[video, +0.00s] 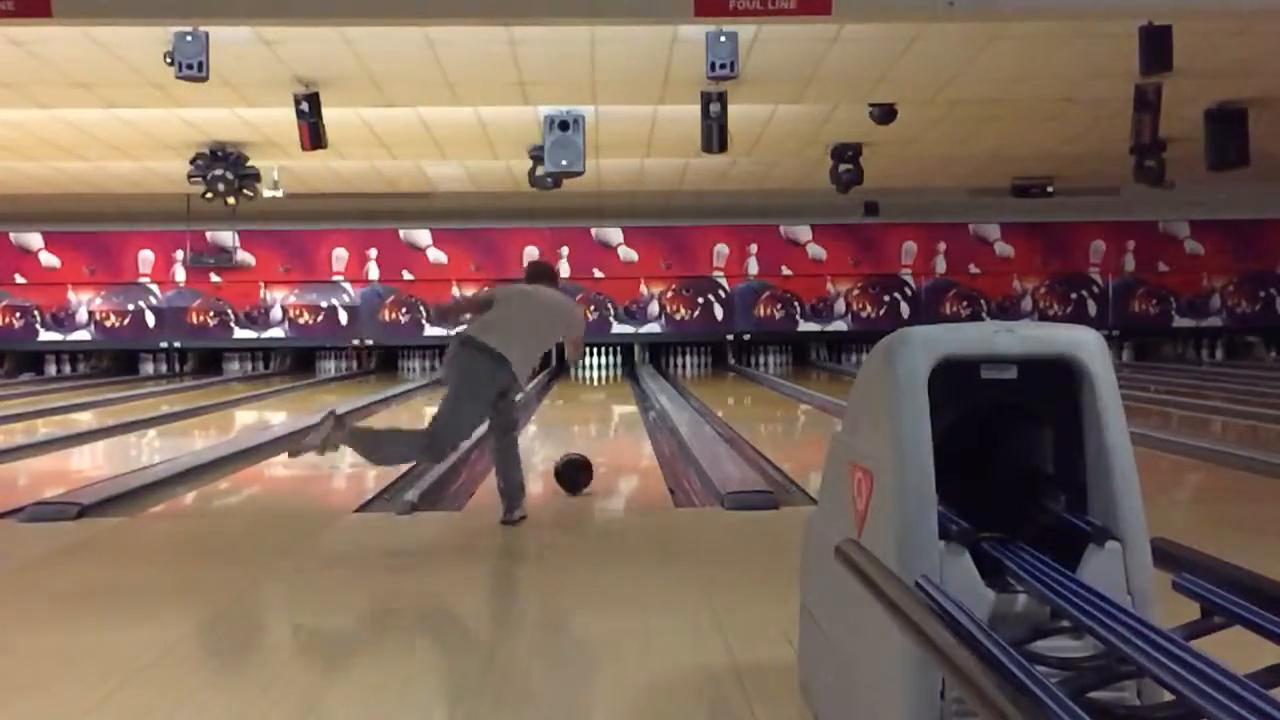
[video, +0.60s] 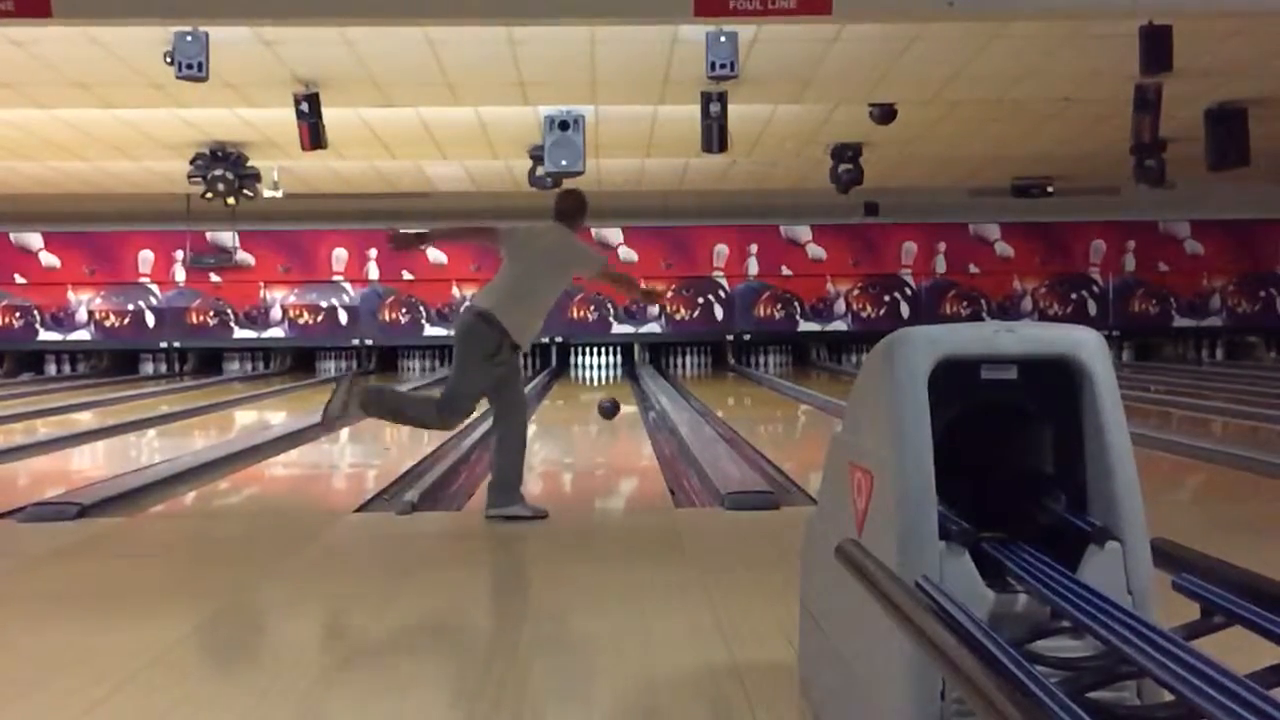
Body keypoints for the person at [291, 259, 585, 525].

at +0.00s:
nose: (532, 281)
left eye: (530, 277)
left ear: (529, 280)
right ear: (557, 283)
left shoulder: (510, 292)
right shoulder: (570, 310)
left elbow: (461, 305)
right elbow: (573, 357)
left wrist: (440, 315)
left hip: (463, 351)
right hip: (494, 369)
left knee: (504, 429)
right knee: (436, 444)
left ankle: (513, 507)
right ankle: (345, 433)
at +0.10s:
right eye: (577, 263)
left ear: (544, 260)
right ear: (574, 263)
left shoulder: (523, 271)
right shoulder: (576, 281)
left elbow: (494, 265)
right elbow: (593, 268)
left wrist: (466, 257)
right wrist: (586, 232)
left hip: (470, 345)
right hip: (481, 345)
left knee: (513, 419)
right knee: (425, 417)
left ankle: (515, 505)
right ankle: (353, 374)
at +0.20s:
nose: (583, 241)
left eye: (576, 233)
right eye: (583, 236)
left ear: (552, 233)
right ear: (582, 239)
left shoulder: (526, 251)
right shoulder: (575, 259)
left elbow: (485, 241)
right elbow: (611, 232)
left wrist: (460, 229)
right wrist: (578, 194)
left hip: (474, 334)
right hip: (484, 334)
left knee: (510, 417)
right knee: (420, 399)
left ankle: (516, 506)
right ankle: (371, 335)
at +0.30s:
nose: (584, 232)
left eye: (578, 226)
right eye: (584, 227)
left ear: (555, 219)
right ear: (583, 226)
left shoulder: (530, 237)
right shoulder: (582, 248)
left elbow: (490, 231)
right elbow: (622, 234)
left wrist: (447, 227)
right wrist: (609, 204)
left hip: (487, 338)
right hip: (486, 327)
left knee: (507, 419)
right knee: (427, 396)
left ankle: (515, 505)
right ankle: (385, 324)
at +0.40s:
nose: (587, 228)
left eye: (584, 221)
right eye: (588, 222)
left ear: (557, 213)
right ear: (585, 220)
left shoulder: (529, 231)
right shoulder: (585, 246)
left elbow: (482, 229)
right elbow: (623, 247)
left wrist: (435, 230)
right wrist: (633, 234)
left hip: (485, 331)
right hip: (489, 326)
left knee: (508, 418)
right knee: (434, 398)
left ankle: (510, 503)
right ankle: (384, 335)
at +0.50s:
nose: (587, 229)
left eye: (582, 222)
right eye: (587, 224)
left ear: (555, 214)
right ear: (584, 222)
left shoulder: (526, 232)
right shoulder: (577, 246)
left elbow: (477, 230)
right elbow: (620, 263)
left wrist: (426, 235)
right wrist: (650, 264)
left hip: (486, 330)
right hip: (489, 329)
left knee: (511, 415)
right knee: (442, 405)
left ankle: (505, 500)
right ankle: (374, 364)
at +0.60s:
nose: (583, 226)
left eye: (578, 218)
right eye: (584, 220)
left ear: (553, 211)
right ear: (581, 220)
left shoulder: (524, 231)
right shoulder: (573, 248)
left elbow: (475, 230)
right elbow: (617, 281)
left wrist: (422, 238)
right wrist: (645, 292)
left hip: (499, 343)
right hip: (483, 331)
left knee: (513, 417)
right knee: (449, 413)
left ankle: (505, 501)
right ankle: (361, 395)